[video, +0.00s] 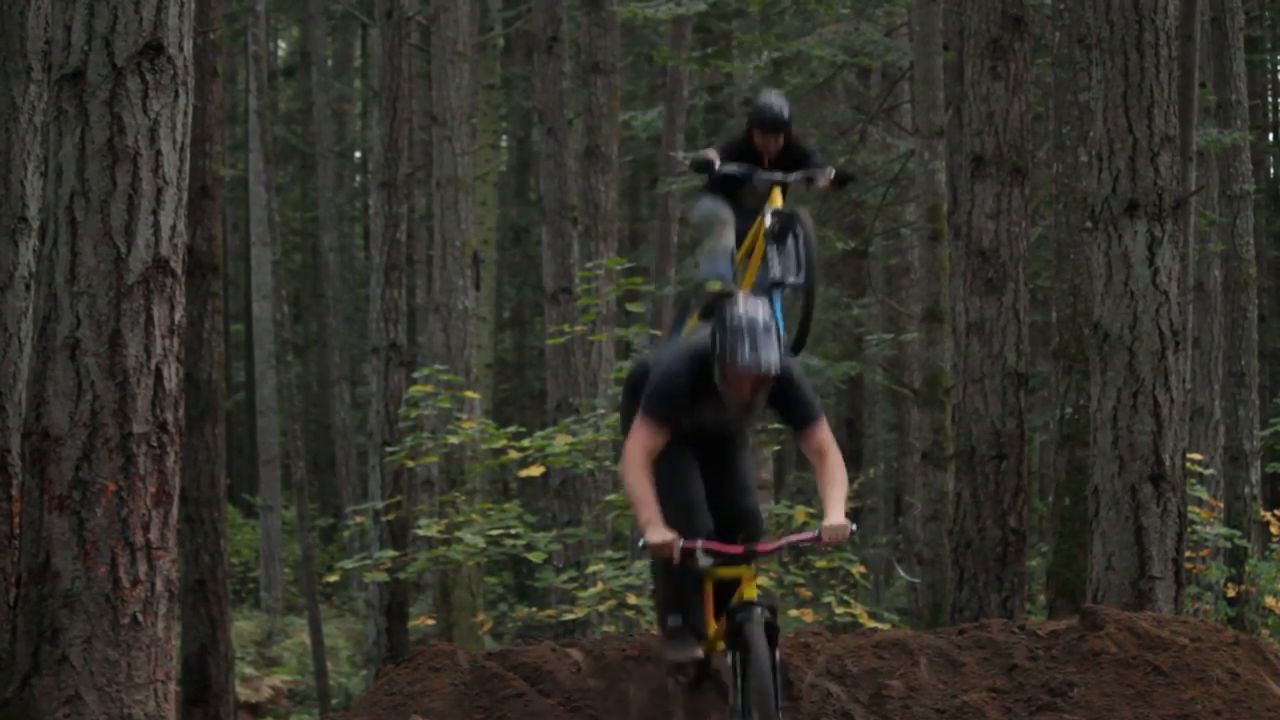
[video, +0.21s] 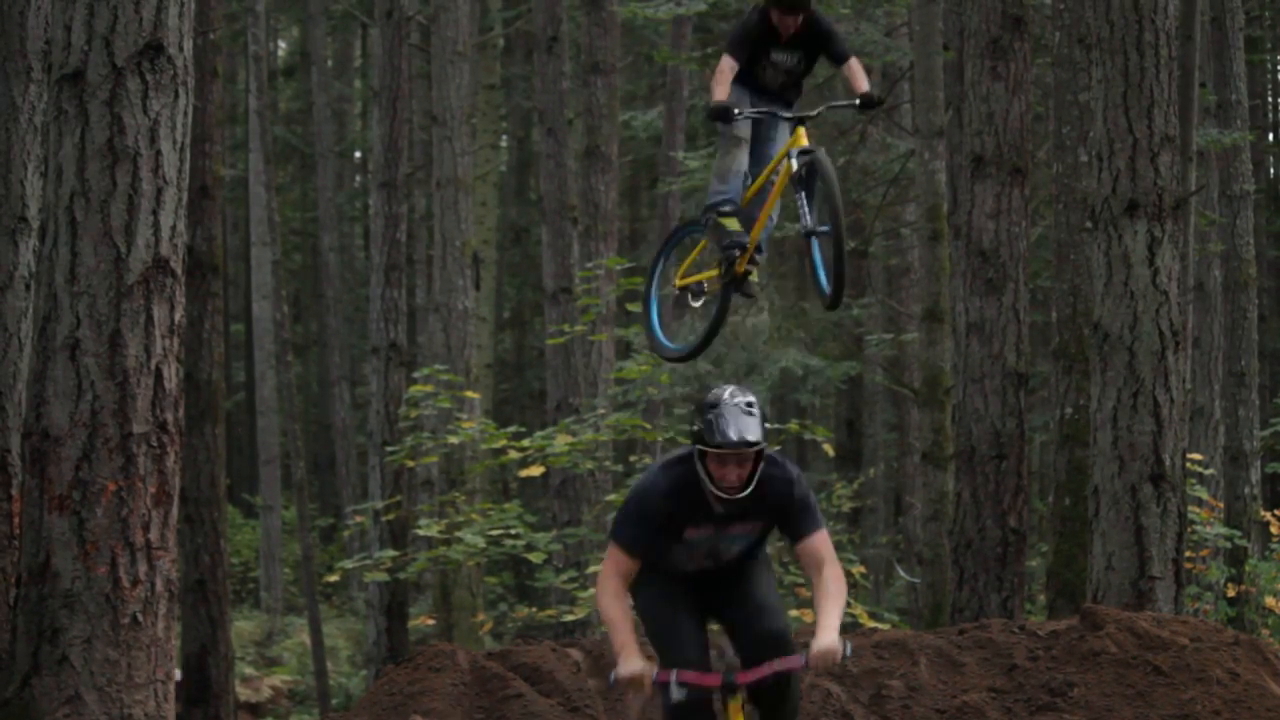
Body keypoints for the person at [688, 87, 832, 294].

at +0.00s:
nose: (770, 144)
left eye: (776, 137)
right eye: (764, 136)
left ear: (785, 135)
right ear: (752, 133)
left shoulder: (792, 151)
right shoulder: (741, 146)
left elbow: (812, 166)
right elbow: (720, 153)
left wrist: (824, 177)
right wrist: (709, 158)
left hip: (764, 216)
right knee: (719, 214)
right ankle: (716, 281)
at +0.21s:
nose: (790, 22)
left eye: (796, 16)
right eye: (784, 15)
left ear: (805, 12)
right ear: (771, 10)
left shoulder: (816, 27)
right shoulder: (755, 23)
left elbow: (848, 61)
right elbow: (727, 66)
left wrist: (863, 92)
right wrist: (719, 102)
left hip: (780, 105)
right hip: (742, 94)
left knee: (770, 180)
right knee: (737, 136)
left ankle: (748, 260)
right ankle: (723, 208)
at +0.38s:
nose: (808, 3)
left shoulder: (841, 4)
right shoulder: (769, 2)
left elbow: (871, 40)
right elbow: (743, 44)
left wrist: (887, 82)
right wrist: (736, 95)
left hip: (788, 70)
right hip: (752, 57)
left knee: (783, 152)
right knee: (753, 120)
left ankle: (750, 245)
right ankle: (737, 205)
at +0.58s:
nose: (850, 71)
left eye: (859, 66)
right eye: (845, 62)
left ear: (870, 62)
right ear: (832, 51)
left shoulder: (871, 76)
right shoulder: (805, 62)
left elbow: (904, 124)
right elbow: (772, 123)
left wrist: (921, 182)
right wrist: (761, 187)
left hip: (801, 134)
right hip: (759, 120)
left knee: (825, 216)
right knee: (778, 200)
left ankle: (789, 285)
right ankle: (759, 292)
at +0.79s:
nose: (882, 288)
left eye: (892, 281)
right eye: (880, 277)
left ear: (906, 270)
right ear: (868, 258)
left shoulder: (901, 271)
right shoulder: (836, 254)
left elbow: (929, 334)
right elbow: (805, 329)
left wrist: (954, 401)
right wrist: (803, 401)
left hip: (823, 295)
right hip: (779, 286)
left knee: (841, 389)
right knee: (789, 382)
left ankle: (820, 461)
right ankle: (795, 483)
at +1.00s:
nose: (924, 489)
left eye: (931, 485)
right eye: (928, 481)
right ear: (917, 465)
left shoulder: (903, 410)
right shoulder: (877, 463)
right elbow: (854, 549)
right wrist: (892, 590)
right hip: (778, 453)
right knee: (831, 544)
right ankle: (801, 604)